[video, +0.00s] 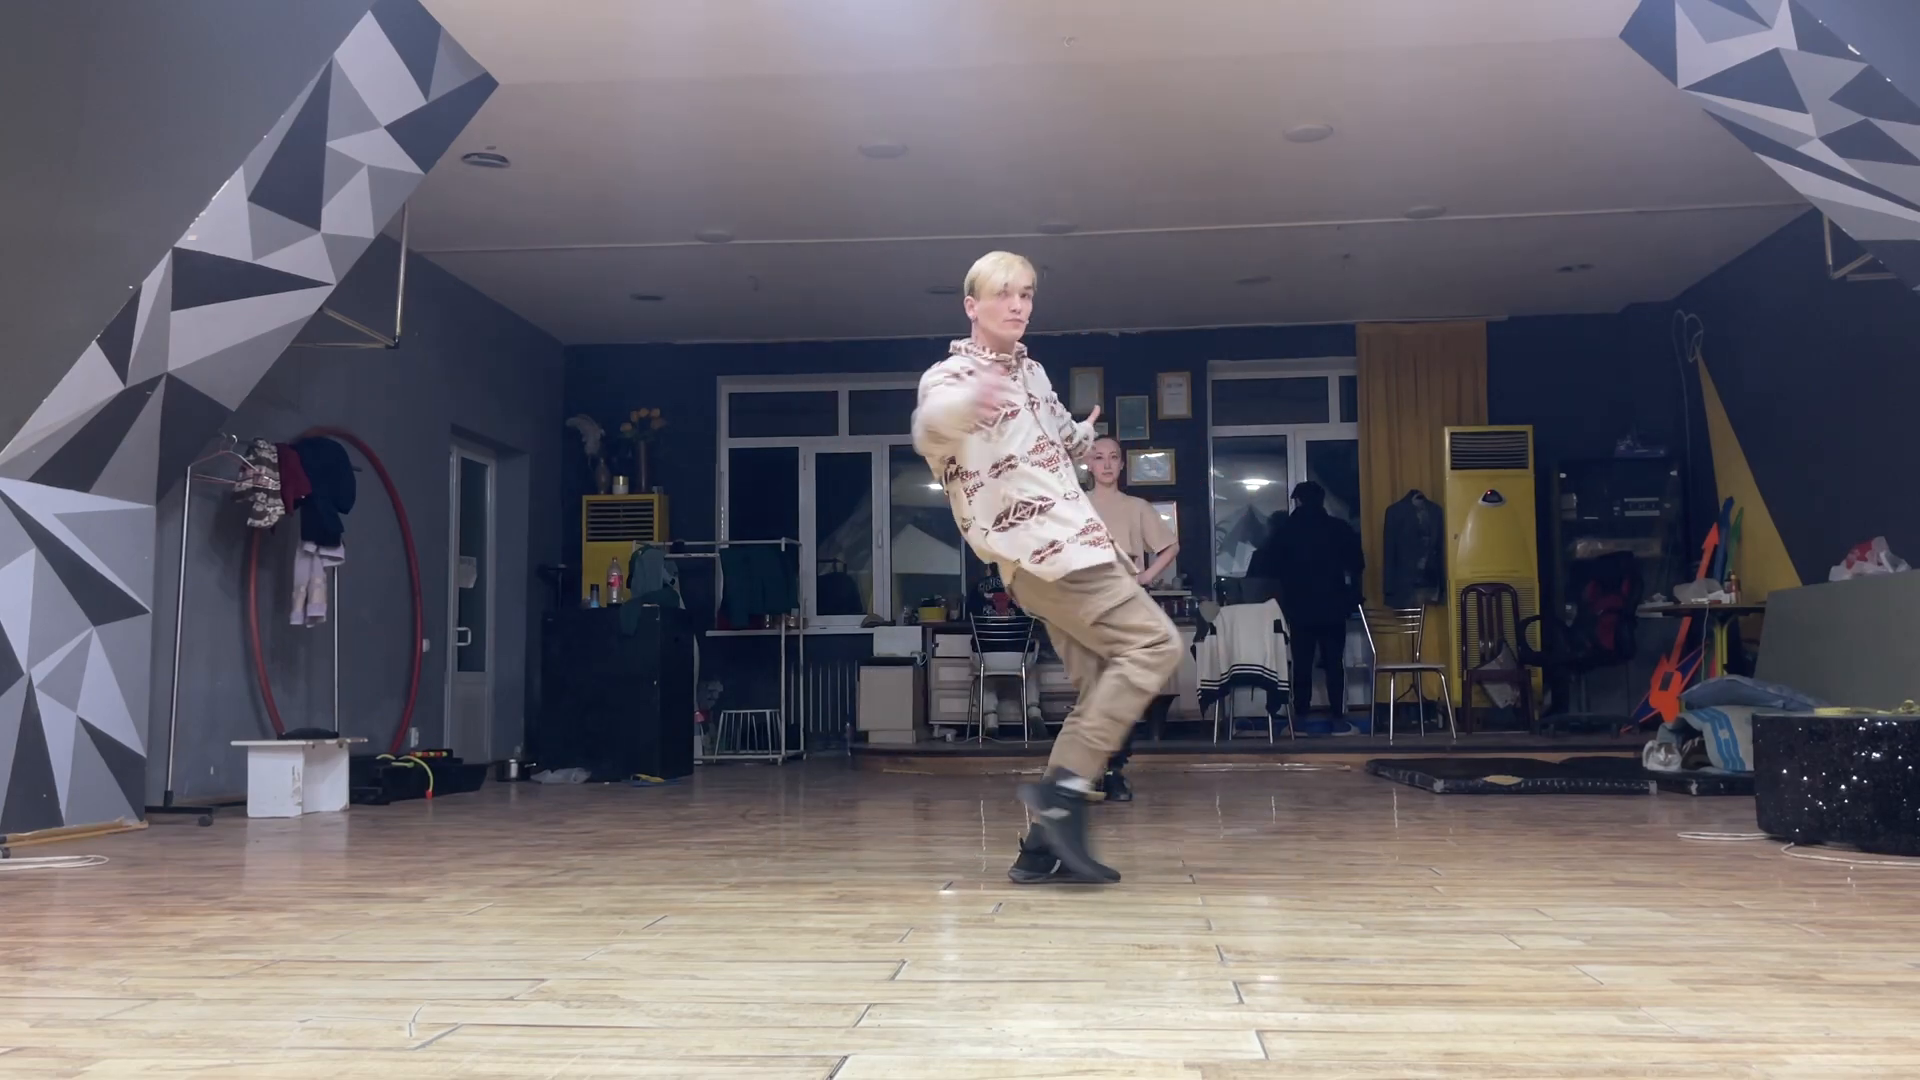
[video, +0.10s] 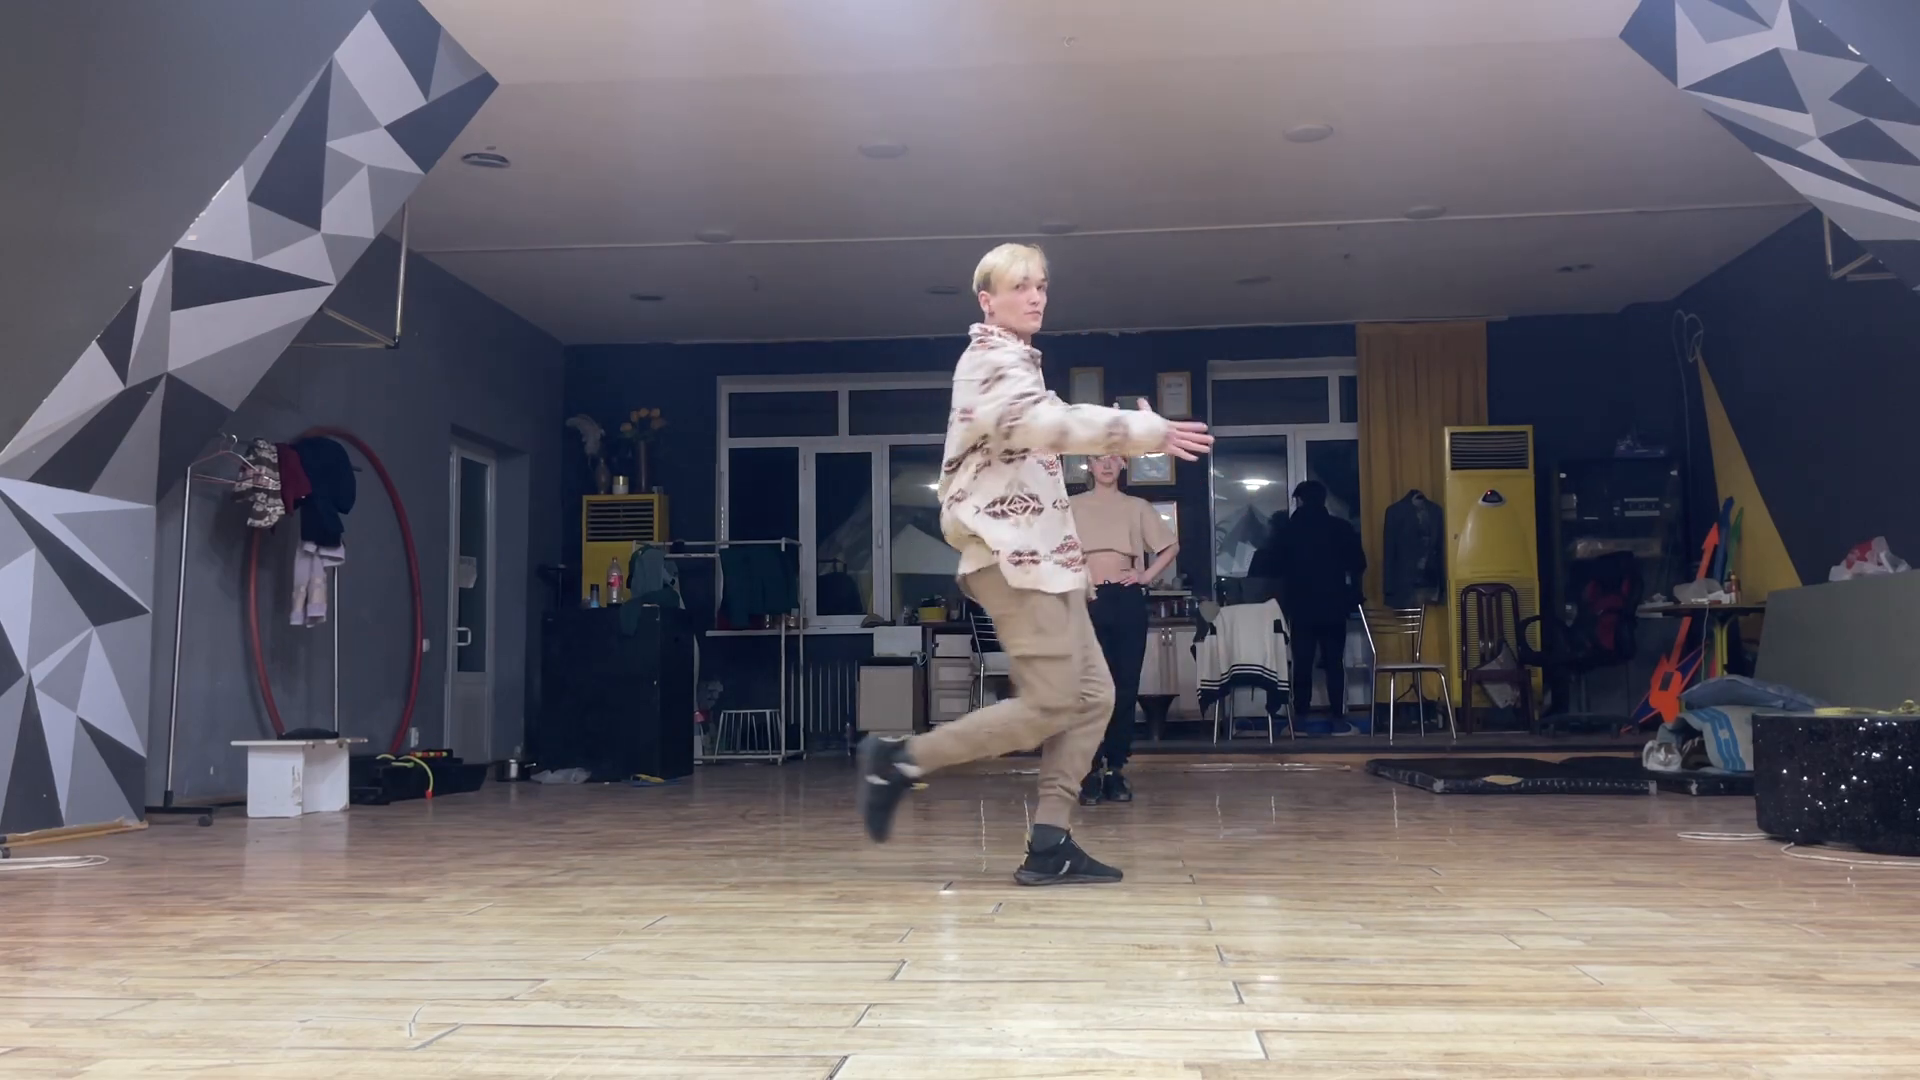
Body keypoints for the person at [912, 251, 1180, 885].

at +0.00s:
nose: (1019, 306)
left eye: (1026, 296)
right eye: (1006, 295)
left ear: (1030, 305)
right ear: (973, 305)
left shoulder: (1028, 367)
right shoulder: (949, 376)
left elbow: (1062, 435)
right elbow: (931, 425)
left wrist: (1086, 437)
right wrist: (968, 404)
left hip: (1063, 539)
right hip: (1038, 544)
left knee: (1099, 684)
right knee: (1153, 644)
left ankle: (1046, 845)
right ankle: (1065, 790)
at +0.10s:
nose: (1037, 298)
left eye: (1041, 287)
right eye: (1022, 287)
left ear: (1040, 295)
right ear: (987, 300)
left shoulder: (1014, 360)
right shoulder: (992, 360)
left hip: (1039, 557)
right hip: (1008, 558)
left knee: (1095, 695)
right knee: (1052, 703)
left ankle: (1050, 840)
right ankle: (900, 761)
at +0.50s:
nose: (1004, 277)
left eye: (1016, 267)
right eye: (991, 267)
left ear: (1034, 282)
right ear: (971, 281)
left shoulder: (1068, 364)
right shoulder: (938, 343)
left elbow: (1145, 381)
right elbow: (861, 360)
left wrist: (1231, 376)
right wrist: (938, 371)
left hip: (1028, 571)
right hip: (937, 559)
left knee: (1061, 695)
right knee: (880, 685)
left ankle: (1062, 832)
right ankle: (849, 812)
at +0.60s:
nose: (985, 279)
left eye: (1000, 269)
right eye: (976, 270)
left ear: (1027, 283)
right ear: (963, 283)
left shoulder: (1063, 353)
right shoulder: (933, 357)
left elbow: (1151, 370)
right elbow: (851, 375)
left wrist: (1247, 361)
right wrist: (887, 382)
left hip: (1016, 565)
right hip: (938, 559)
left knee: (1052, 696)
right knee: (874, 669)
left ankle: (1116, 823)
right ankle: (884, 830)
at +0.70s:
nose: (983, 305)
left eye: (998, 293)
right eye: (974, 296)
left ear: (1028, 305)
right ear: (966, 307)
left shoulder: (1059, 367)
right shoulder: (952, 386)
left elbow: (1121, 382)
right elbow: (879, 438)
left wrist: (1187, 375)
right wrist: (906, 435)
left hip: (1007, 574)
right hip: (936, 578)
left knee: (1050, 711)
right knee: (876, 683)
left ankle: (1125, 834)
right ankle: (894, 841)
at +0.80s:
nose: (988, 329)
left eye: (1002, 316)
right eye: (979, 321)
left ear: (1036, 325)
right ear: (975, 335)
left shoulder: (1067, 382)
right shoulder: (966, 409)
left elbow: (1058, 399)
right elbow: (914, 485)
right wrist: (958, 461)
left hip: (1018, 576)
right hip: (947, 577)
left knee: (1053, 709)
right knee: (880, 683)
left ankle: (1128, 837)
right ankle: (894, 841)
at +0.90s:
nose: (985, 301)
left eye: (997, 289)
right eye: (977, 294)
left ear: (1032, 299)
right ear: (972, 306)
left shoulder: (1053, 361)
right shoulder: (958, 381)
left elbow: (1057, 337)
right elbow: (881, 418)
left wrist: (1056, 301)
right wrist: (907, 385)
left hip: (1038, 567)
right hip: (965, 567)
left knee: (1084, 699)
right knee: (896, 676)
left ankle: (1142, 835)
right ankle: (895, 834)